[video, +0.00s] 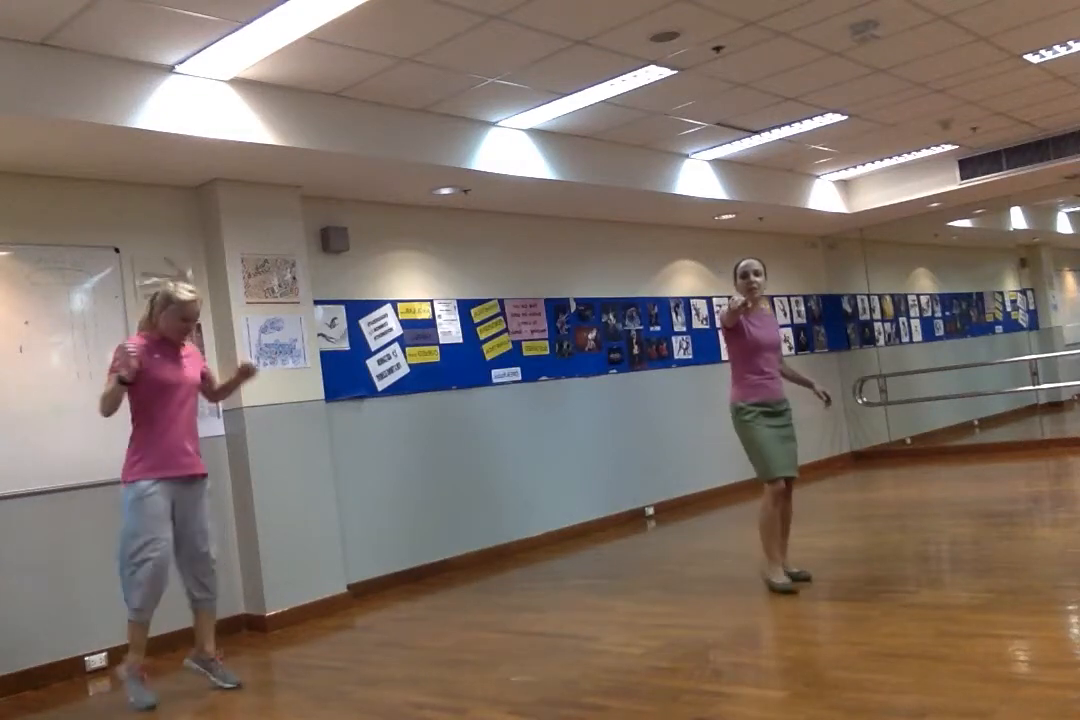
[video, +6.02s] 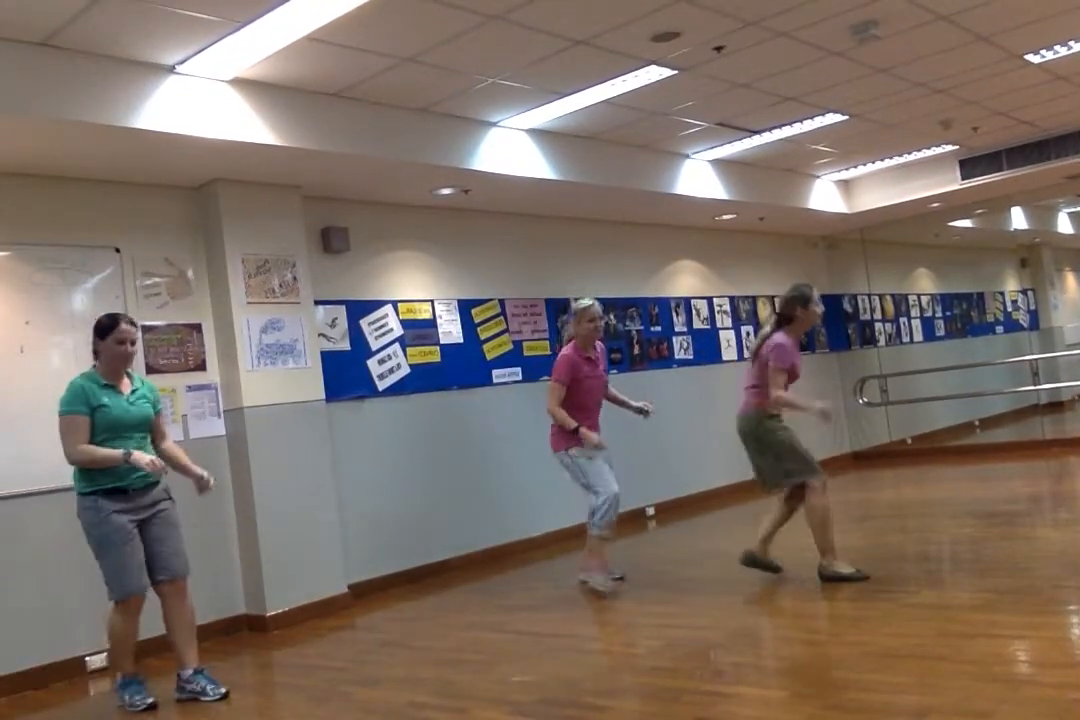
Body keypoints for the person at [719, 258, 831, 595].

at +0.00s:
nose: (751, 280)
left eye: (756, 274)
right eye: (744, 276)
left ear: (765, 280)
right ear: (736, 283)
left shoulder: (770, 315)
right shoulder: (732, 314)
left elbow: (779, 365)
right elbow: (727, 317)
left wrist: (812, 384)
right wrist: (738, 305)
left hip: (779, 405)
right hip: (749, 408)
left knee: (786, 485)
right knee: (775, 485)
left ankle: (783, 563)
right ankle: (772, 569)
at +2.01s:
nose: (692, 275)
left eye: (697, 268)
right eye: (693, 269)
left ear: (715, 272)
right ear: (717, 273)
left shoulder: (732, 307)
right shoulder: (727, 310)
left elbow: (735, 365)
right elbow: (761, 363)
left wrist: (686, 392)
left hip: (747, 417)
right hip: (739, 417)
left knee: (778, 505)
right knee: (726, 509)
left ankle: (816, 590)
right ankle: (749, 596)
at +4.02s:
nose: (713, 292)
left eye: (713, 287)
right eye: (707, 286)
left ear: (700, 294)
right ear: (687, 291)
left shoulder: (695, 328)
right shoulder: (676, 326)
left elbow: (692, 378)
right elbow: (663, 373)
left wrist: (708, 418)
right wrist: (701, 385)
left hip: (699, 419)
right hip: (685, 420)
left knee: (720, 494)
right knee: (703, 496)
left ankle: (701, 570)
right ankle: (697, 573)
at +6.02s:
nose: (820, 312)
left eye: (819, 306)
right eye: (815, 307)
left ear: (796, 311)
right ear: (798, 311)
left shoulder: (778, 340)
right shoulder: (781, 344)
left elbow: (765, 392)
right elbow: (776, 395)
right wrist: (814, 406)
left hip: (756, 420)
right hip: (761, 421)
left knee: (800, 487)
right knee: (815, 481)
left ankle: (759, 551)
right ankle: (829, 562)